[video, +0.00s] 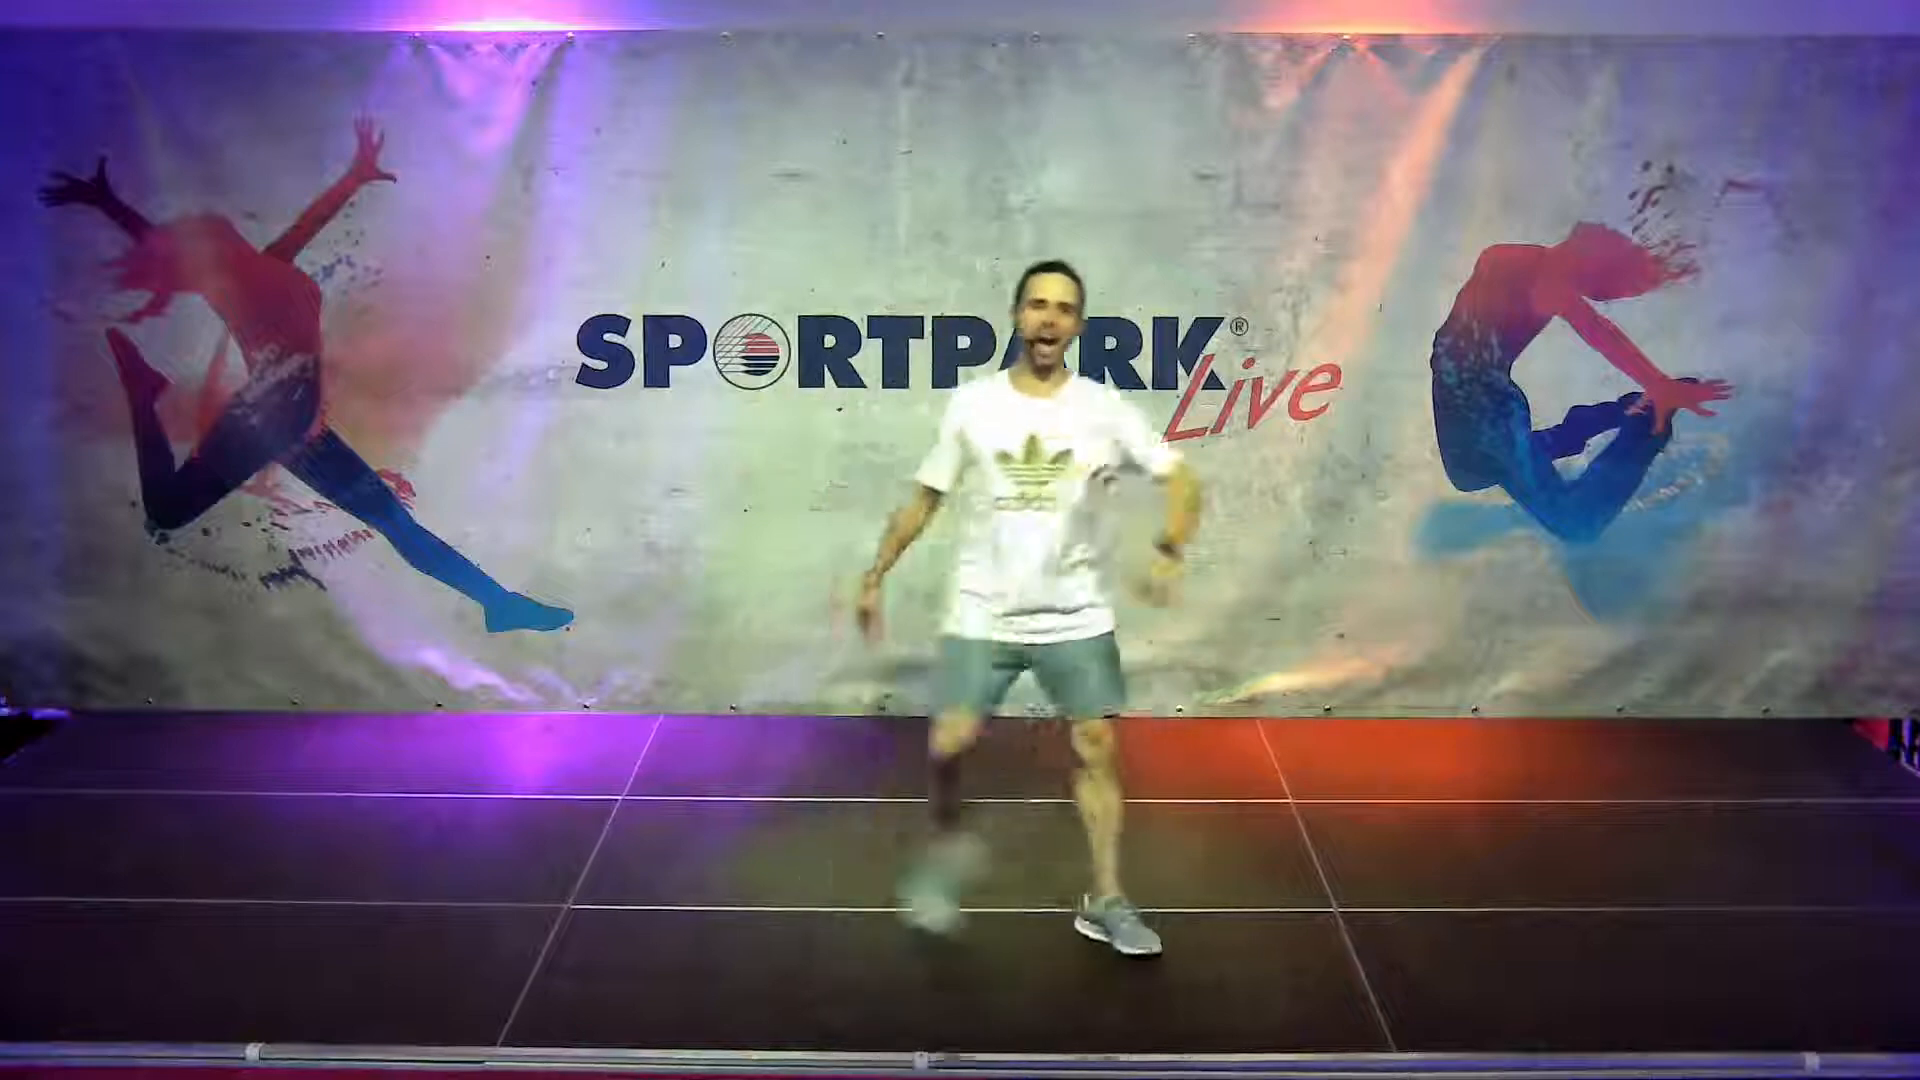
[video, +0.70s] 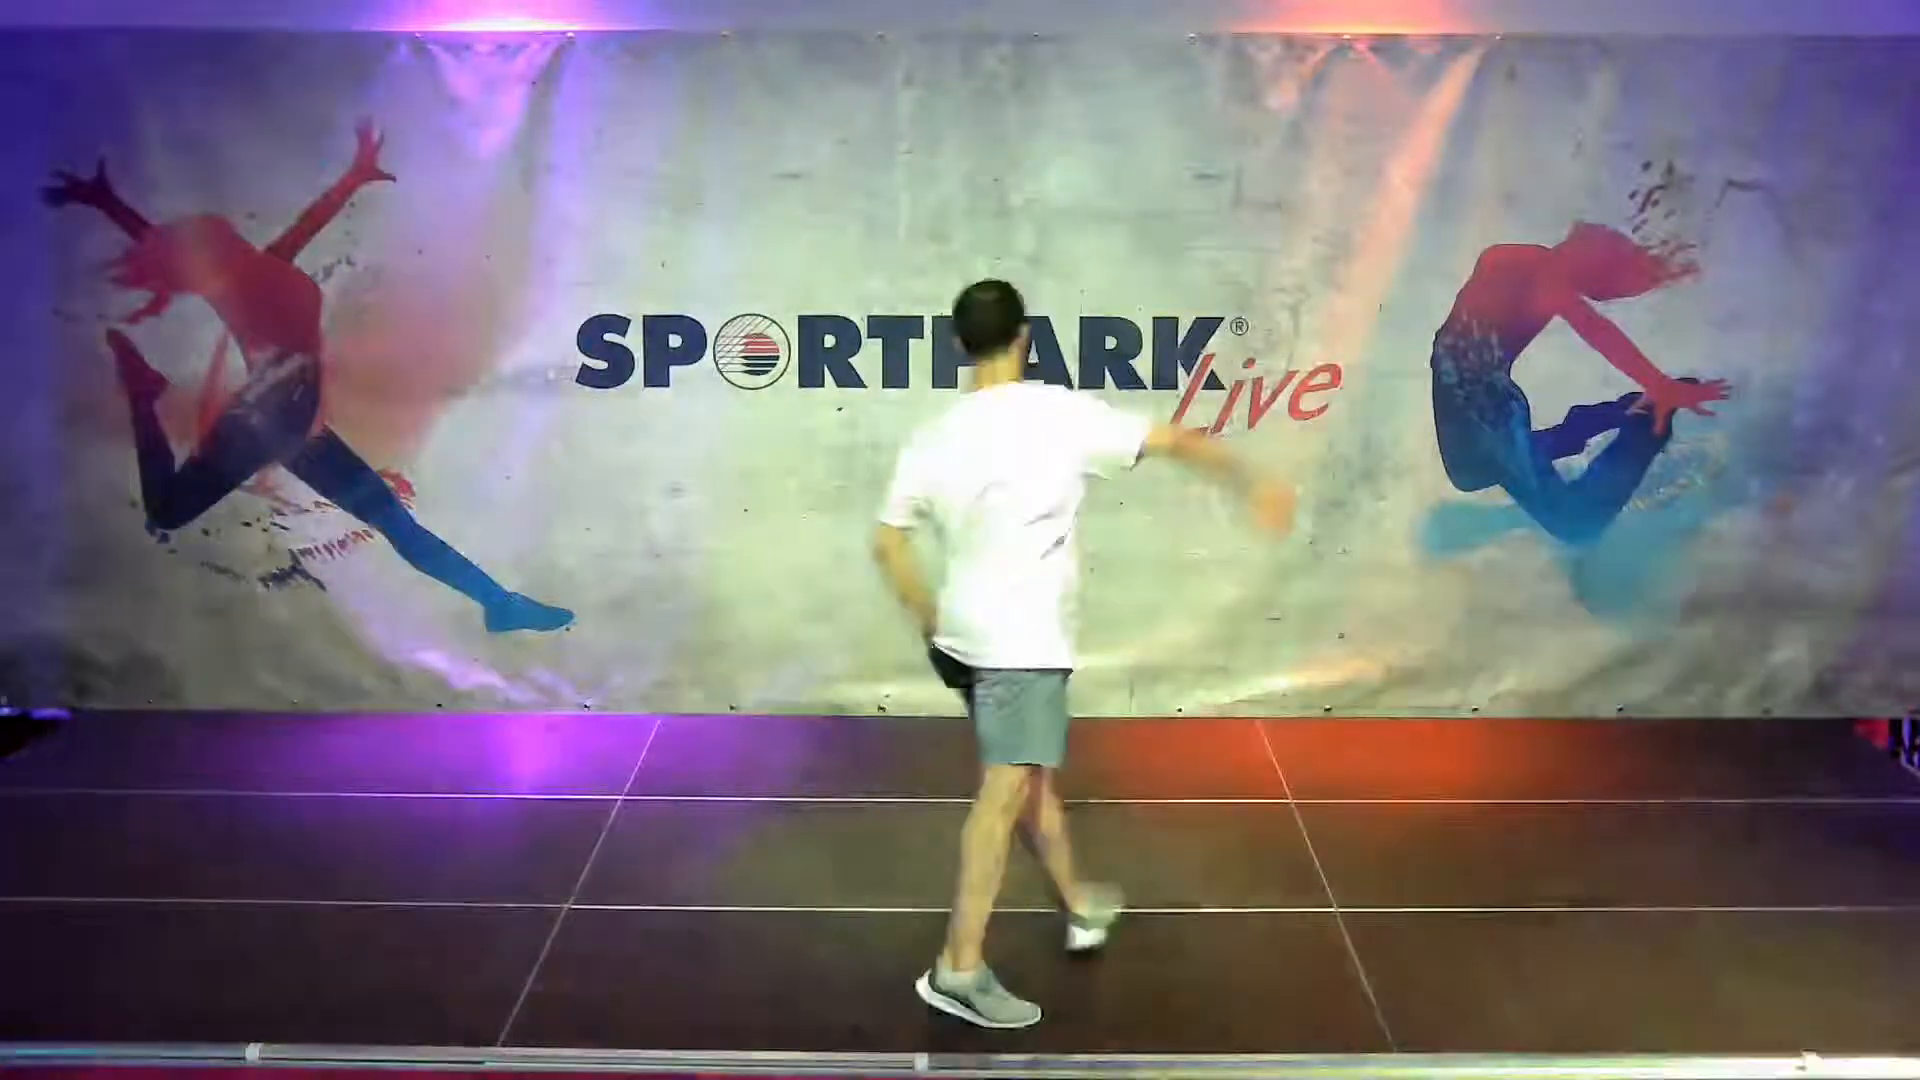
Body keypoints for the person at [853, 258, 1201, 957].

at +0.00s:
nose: (1049, 319)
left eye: (1063, 309)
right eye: (1038, 306)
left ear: (1079, 324)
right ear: (1016, 316)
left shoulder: (1103, 408)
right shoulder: (973, 402)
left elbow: (1181, 479)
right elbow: (924, 498)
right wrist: (875, 574)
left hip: (1075, 613)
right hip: (982, 611)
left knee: (1097, 743)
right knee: (949, 742)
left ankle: (1106, 895)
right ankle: (943, 853)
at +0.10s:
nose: (1082, 317)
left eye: (1096, 306)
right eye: (1070, 303)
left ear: (1113, 321)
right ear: (1048, 313)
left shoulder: (1135, 416)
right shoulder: (1001, 402)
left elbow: (1192, 500)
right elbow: (948, 495)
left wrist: (1203, 591)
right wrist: (884, 566)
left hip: (1094, 610)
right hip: (1010, 610)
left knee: (1114, 747)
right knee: (1039, 749)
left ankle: (1110, 903)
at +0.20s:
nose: (1104, 324)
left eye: (1118, 312)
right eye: (1091, 310)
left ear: (1135, 326)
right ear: (1069, 320)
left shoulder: (1143, 420)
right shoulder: (1017, 404)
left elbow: (1175, 519)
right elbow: (938, 481)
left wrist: (1187, 612)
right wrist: (850, 513)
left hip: (1107, 614)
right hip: (1030, 611)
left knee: (1124, 755)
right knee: (1072, 748)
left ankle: (1102, 904)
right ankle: (1126, 904)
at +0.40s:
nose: (1096, 322)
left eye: (1109, 311)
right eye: (1083, 309)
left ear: (1122, 323)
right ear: (1060, 316)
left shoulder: (1106, 408)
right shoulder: (1029, 383)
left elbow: (1097, 510)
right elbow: (977, 360)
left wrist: (1120, 586)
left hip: (1082, 599)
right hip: (1031, 595)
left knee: (1114, 739)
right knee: (1108, 732)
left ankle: (1099, 902)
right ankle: (1052, 904)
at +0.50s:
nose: (1101, 321)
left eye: (1101, 307)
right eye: (1086, 307)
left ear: (1065, 326)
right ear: (1042, 323)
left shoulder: (1062, 397)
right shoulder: (1032, 385)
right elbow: (1085, 322)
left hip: (1065, 613)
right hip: (1035, 615)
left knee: (1102, 762)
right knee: (1088, 765)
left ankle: (1097, 913)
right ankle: (993, 928)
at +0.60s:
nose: (1068, 341)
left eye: (1064, 330)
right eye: (1063, 329)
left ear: (1002, 343)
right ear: (1043, 335)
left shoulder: (989, 415)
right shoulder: (1057, 396)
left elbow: (963, 542)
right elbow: (1164, 371)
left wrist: (998, 604)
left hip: (1023, 629)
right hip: (1038, 631)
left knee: (1076, 766)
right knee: (1033, 785)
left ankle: (1096, 912)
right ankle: (963, 958)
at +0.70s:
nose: (1025, 340)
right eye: (1026, 330)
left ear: (961, 347)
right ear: (1023, 338)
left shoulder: (938, 433)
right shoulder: (1062, 412)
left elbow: (888, 541)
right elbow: (1174, 440)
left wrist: (932, 624)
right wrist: (1255, 478)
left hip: (966, 635)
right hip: (1028, 635)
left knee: (1031, 780)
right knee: (1004, 792)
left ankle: (1083, 907)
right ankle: (958, 968)